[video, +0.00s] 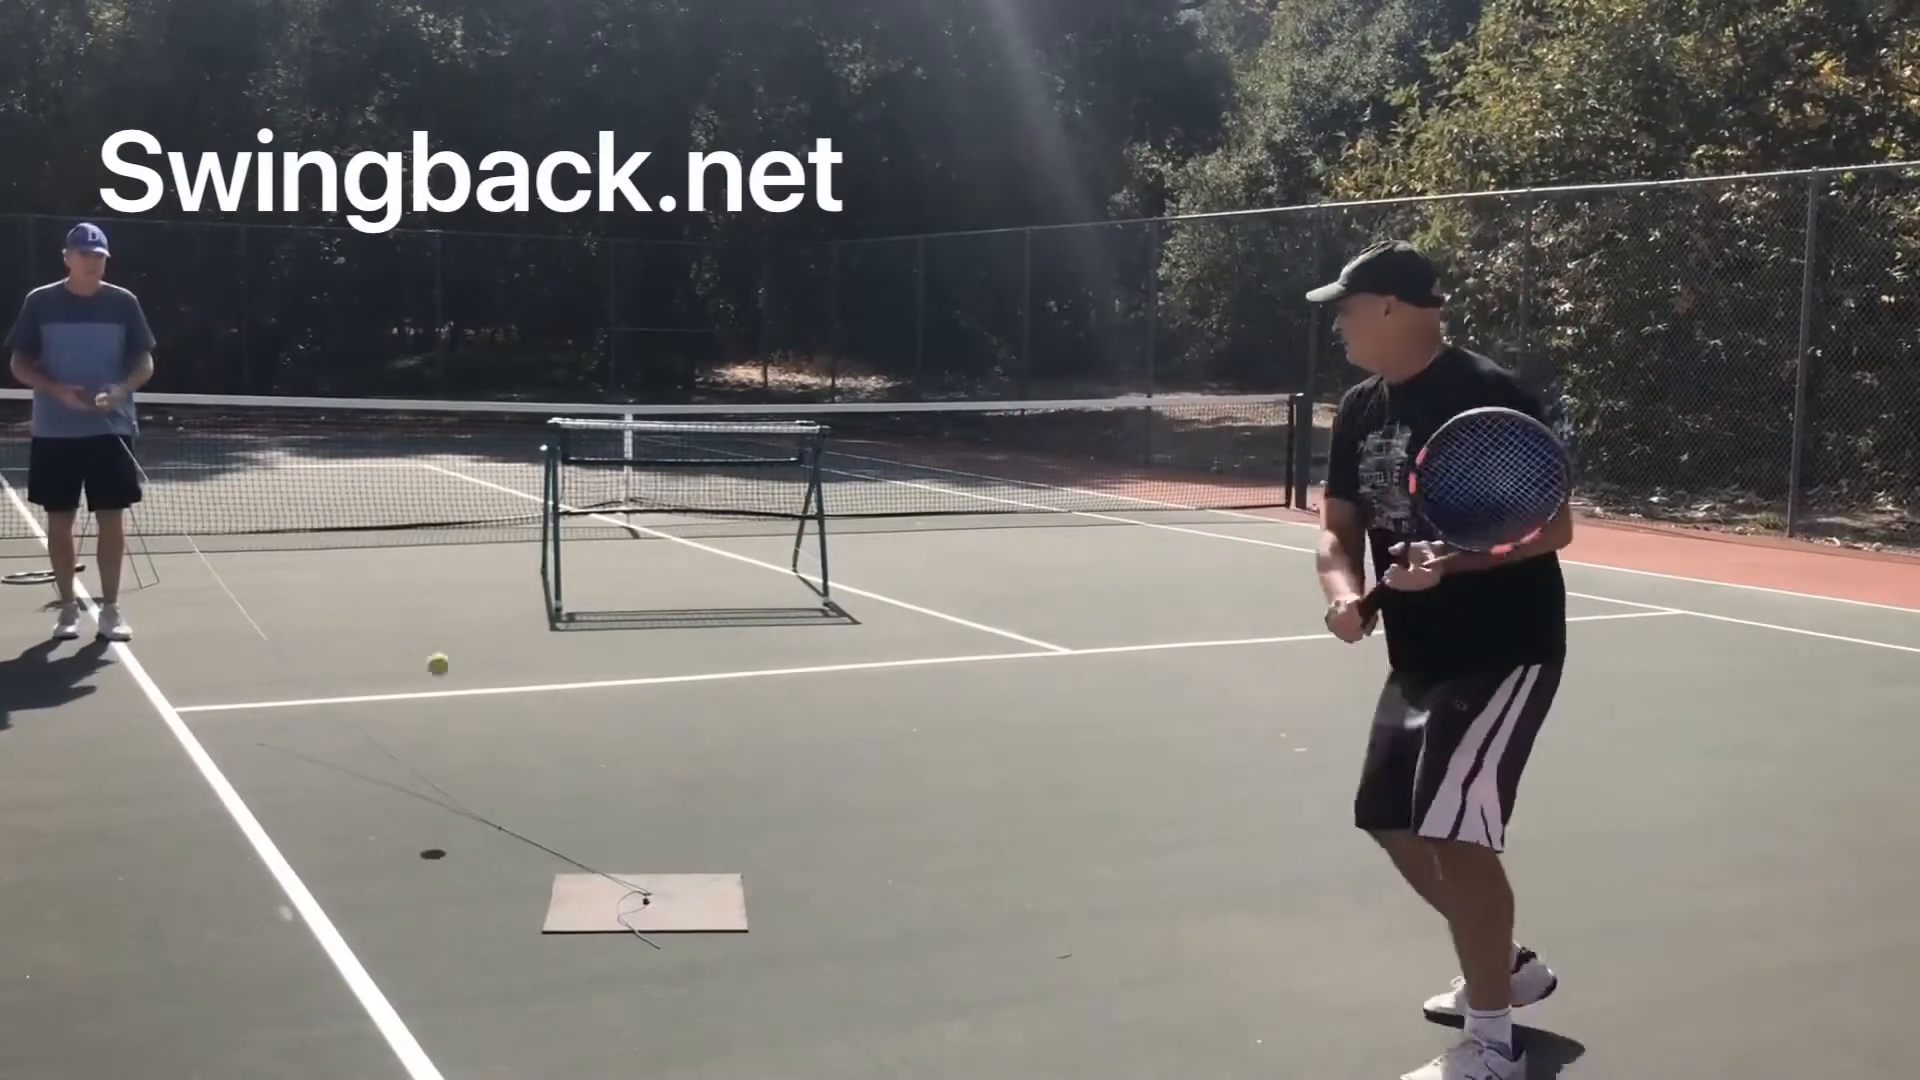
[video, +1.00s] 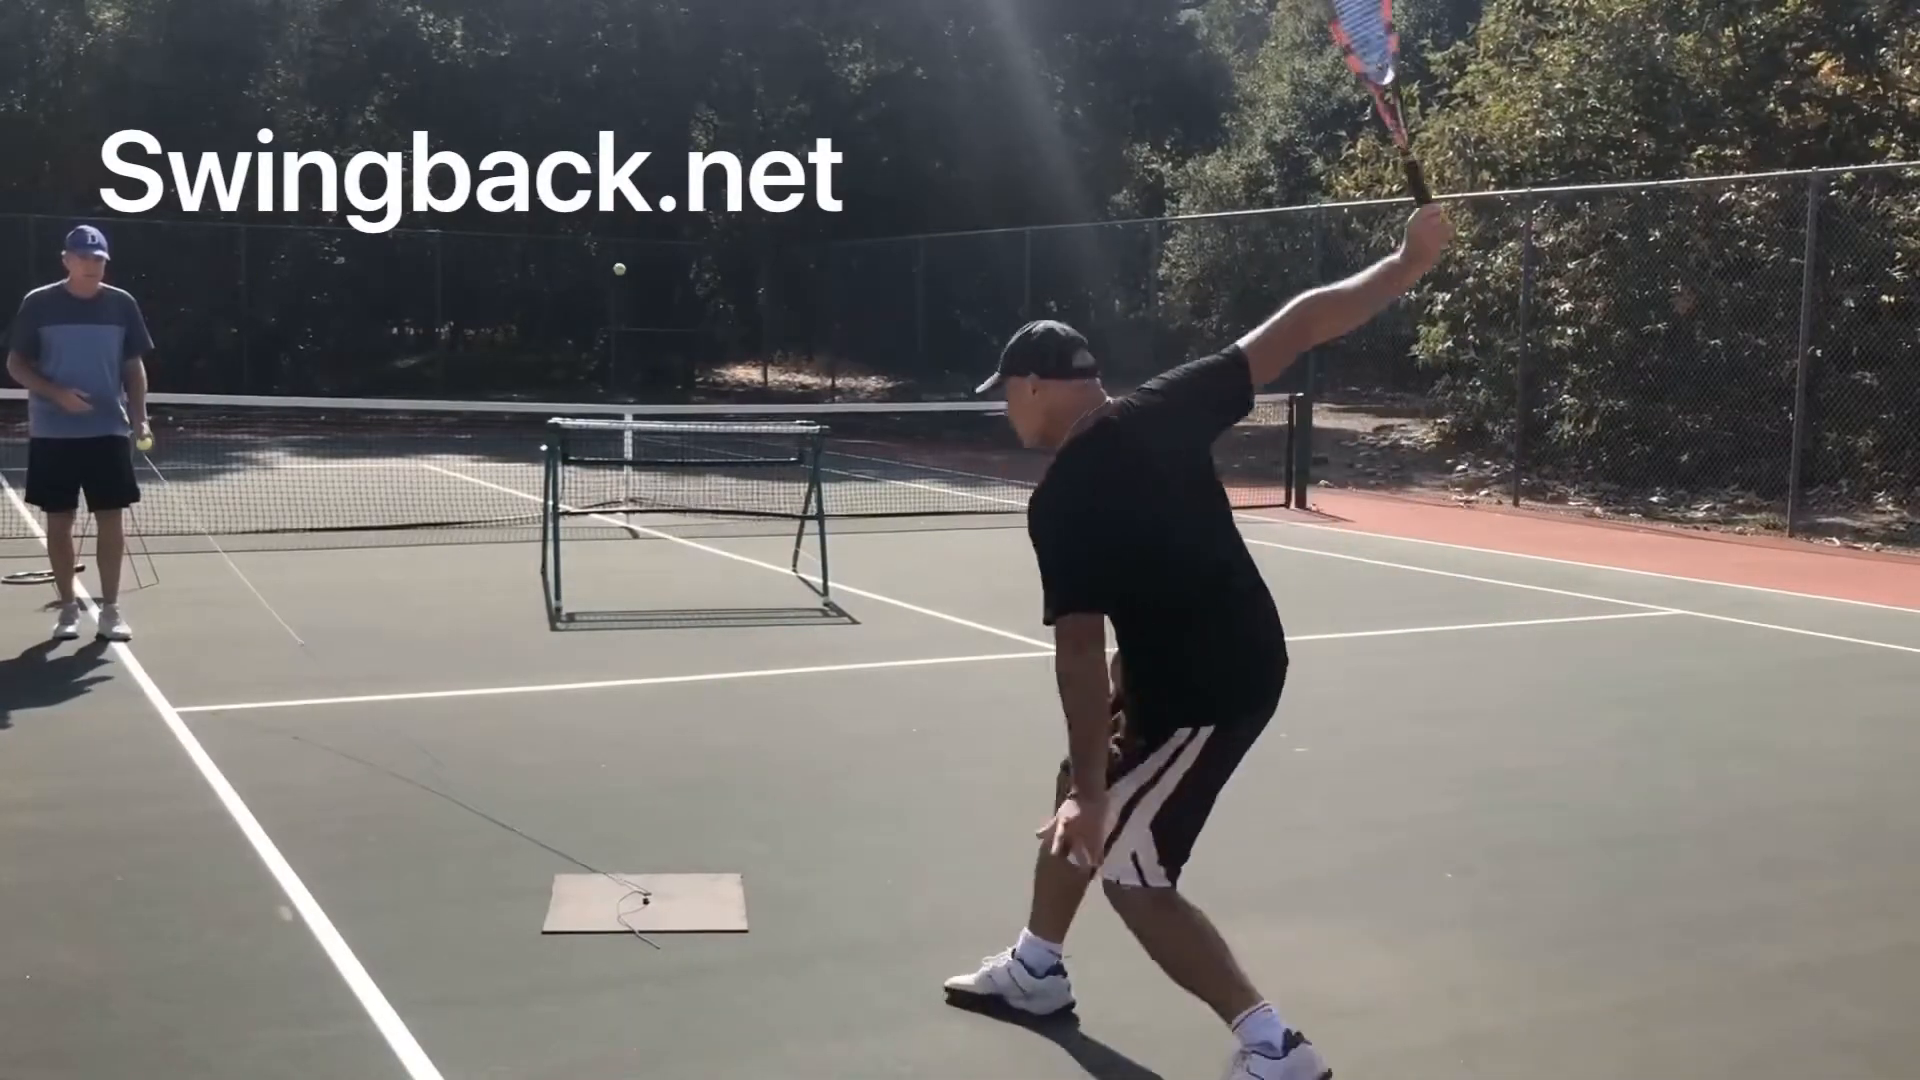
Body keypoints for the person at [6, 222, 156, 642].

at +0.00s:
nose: (91, 264)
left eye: (98, 257)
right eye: (84, 256)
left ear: (106, 260)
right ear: (67, 256)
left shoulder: (124, 302)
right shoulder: (40, 301)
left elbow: (145, 363)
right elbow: (19, 364)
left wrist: (121, 389)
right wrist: (58, 390)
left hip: (109, 433)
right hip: (55, 436)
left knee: (111, 519)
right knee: (60, 520)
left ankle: (111, 609)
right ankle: (69, 606)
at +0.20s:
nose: (89, 265)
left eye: (95, 258)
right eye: (81, 257)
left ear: (104, 261)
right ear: (65, 257)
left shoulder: (122, 302)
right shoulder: (38, 303)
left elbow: (142, 360)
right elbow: (18, 365)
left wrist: (130, 393)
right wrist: (59, 391)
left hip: (109, 435)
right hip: (55, 437)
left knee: (111, 519)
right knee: (59, 520)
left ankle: (110, 609)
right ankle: (68, 607)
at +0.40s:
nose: (87, 265)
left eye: (94, 258)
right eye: (80, 257)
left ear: (103, 260)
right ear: (63, 257)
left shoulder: (121, 302)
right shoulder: (37, 303)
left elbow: (136, 358)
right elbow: (17, 365)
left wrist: (135, 397)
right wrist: (59, 392)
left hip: (109, 434)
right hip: (55, 436)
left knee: (111, 518)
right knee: (59, 520)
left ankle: (110, 609)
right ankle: (69, 608)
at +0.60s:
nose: (87, 265)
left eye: (94, 258)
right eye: (80, 257)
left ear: (103, 260)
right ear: (64, 258)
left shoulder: (120, 303)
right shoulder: (36, 303)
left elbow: (135, 361)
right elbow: (17, 365)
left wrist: (139, 409)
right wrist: (58, 391)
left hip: (108, 434)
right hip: (54, 436)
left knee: (110, 518)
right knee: (59, 520)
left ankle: (110, 609)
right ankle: (69, 608)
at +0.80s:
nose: (88, 266)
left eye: (95, 259)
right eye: (81, 258)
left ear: (104, 262)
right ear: (64, 259)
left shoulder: (120, 303)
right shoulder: (37, 303)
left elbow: (135, 363)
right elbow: (16, 364)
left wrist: (140, 412)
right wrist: (56, 392)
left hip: (108, 434)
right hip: (54, 436)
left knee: (110, 518)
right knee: (59, 520)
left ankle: (110, 609)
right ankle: (69, 607)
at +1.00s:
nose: (91, 267)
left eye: (97, 260)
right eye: (83, 259)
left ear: (106, 263)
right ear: (66, 259)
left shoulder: (121, 304)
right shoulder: (38, 303)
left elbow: (134, 364)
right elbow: (16, 363)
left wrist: (139, 417)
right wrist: (56, 393)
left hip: (108, 435)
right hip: (53, 437)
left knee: (110, 519)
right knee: (59, 521)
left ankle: (110, 609)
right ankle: (69, 607)